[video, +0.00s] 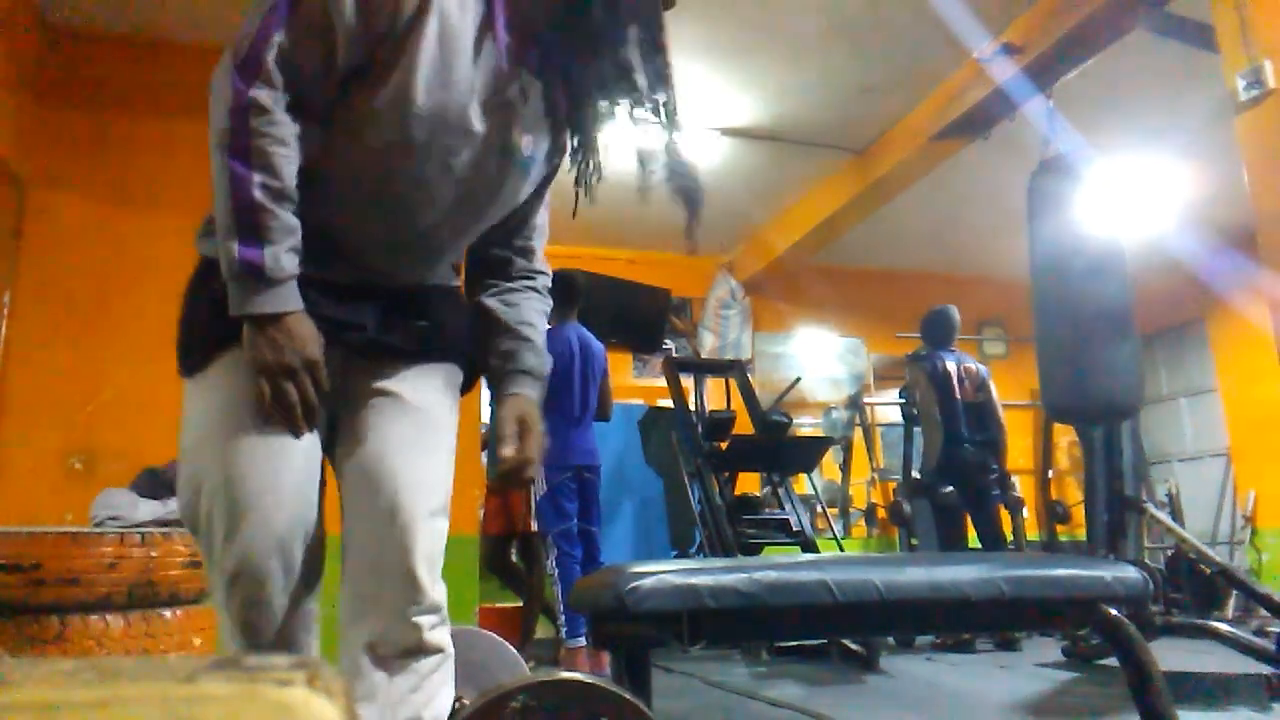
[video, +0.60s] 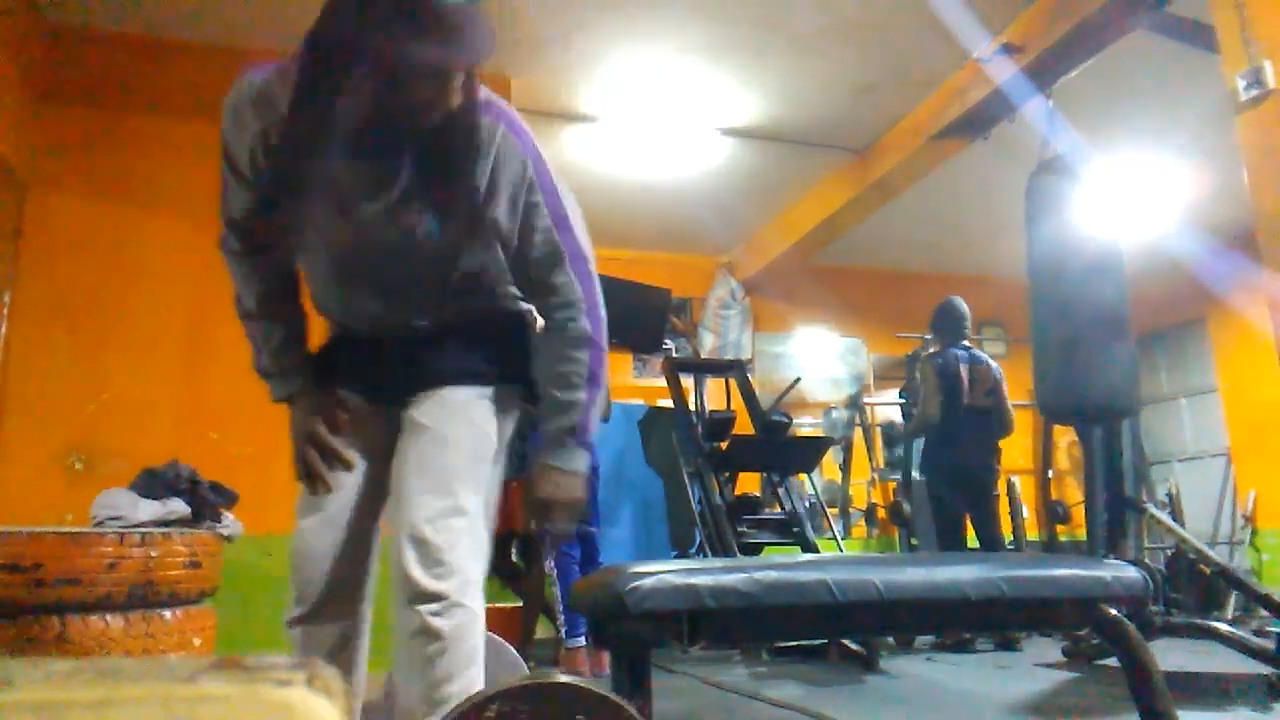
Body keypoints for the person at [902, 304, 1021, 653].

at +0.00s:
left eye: (925, 333)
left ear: (924, 334)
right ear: (957, 334)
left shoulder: (921, 367)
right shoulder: (976, 369)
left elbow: (933, 423)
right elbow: (997, 423)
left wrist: (926, 473)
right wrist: (1001, 468)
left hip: (943, 469)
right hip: (978, 468)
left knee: (951, 547)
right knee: (995, 543)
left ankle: (957, 630)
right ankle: (1006, 627)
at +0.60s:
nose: (932, 334)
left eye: (934, 328)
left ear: (937, 328)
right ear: (969, 327)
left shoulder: (932, 363)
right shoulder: (990, 365)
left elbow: (930, 416)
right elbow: (1007, 423)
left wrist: (902, 433)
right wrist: (978, 436)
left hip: (944, 464)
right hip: (981, 465)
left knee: (950, 544)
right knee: (992, 541)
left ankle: (955, 628)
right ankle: (1006, 626)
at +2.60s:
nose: (927, 339)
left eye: (927, 333)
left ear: (928, 332)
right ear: (961, 329)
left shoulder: (929, 364)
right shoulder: (987, 365)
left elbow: (931, 421)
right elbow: (1005, 422)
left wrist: (905, 417)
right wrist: (973, 422)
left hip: (944, 469)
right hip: (981, 469)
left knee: (951, 549)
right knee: (994, 544)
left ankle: (960, 628)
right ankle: (1008, 625)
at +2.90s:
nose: (919, 342)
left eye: (918, 337)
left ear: (920, 337)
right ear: (951, 333)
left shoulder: (924, 366)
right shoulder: (978, 367)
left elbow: (931, 419)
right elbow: (1001, 423)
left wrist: (918, 465)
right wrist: (999, 467)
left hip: (942, 466)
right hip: (977, 465)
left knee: (948, 546)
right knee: (990, 542)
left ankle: (957, 630)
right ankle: (1005, 627)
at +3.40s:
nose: (929, 338)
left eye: (929, 333)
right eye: (933, 333)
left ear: (933, 332)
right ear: (965, 329)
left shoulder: (933, 366)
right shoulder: (989, 365)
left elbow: (924, 421)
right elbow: (1004, 424)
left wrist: (904, 415)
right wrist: (977, 423)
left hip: (945, 466)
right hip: (982, 466)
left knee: (951, 547)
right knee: (995, 543)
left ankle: (956, 629)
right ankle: (1009, 627)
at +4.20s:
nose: (923, 340)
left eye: (923, 334)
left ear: (924, 335)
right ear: (955, 332)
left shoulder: (927, 369)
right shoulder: (981, 369)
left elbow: (936, 425)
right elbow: (1001, 427)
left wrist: (918, 466)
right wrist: (994, 469)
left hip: (944, 471)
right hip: (979, 470)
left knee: (948, 549)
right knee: (993, 545)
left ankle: (956, 630)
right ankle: (1008, 627)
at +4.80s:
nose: (929, 341)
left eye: (929, 335)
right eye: (931, 336)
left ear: (933, 334)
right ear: (964, 329)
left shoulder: (936, 363)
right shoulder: (992, 364)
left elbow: (929, 420)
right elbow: (1004, 424)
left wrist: (905, 419)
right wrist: (974, 425)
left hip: (946, 467)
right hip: (983, 466)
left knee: (950, 546)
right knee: (992, 541)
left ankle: (955, 628)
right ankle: (1008, 627)